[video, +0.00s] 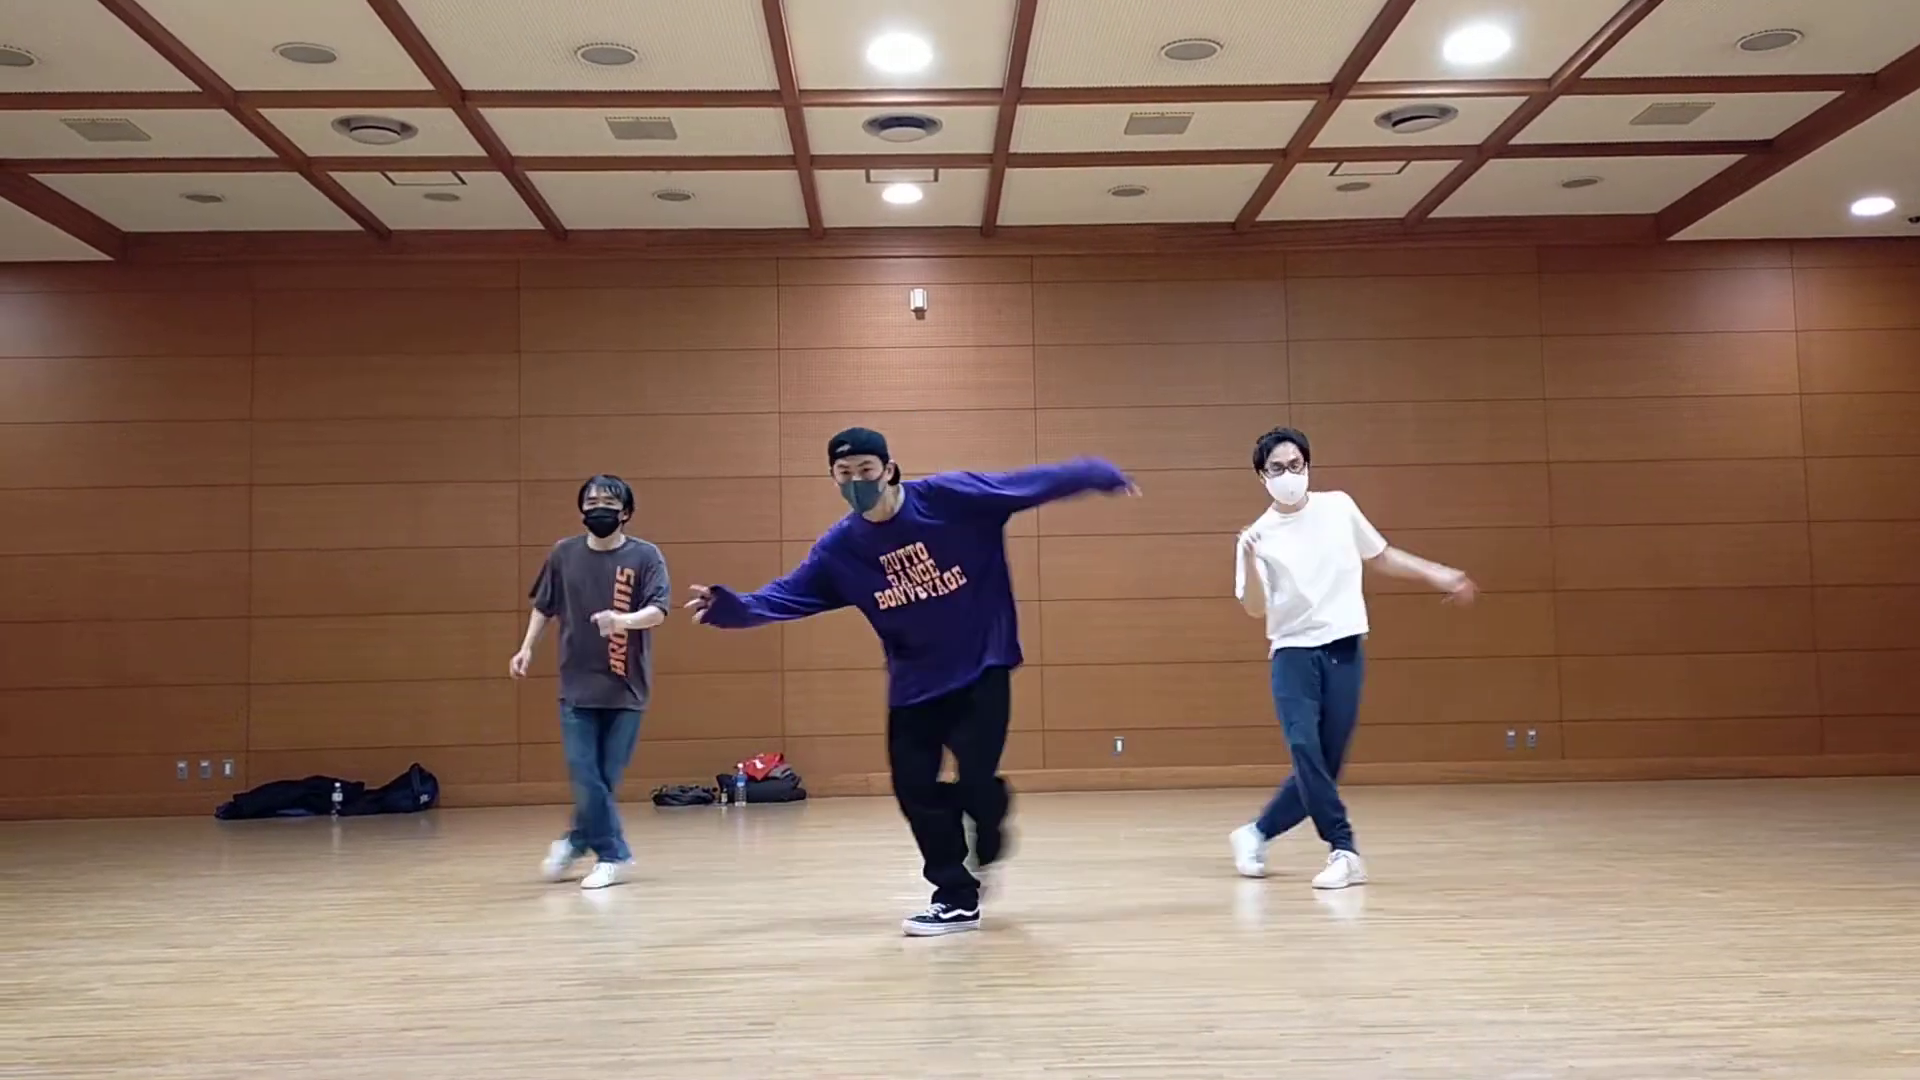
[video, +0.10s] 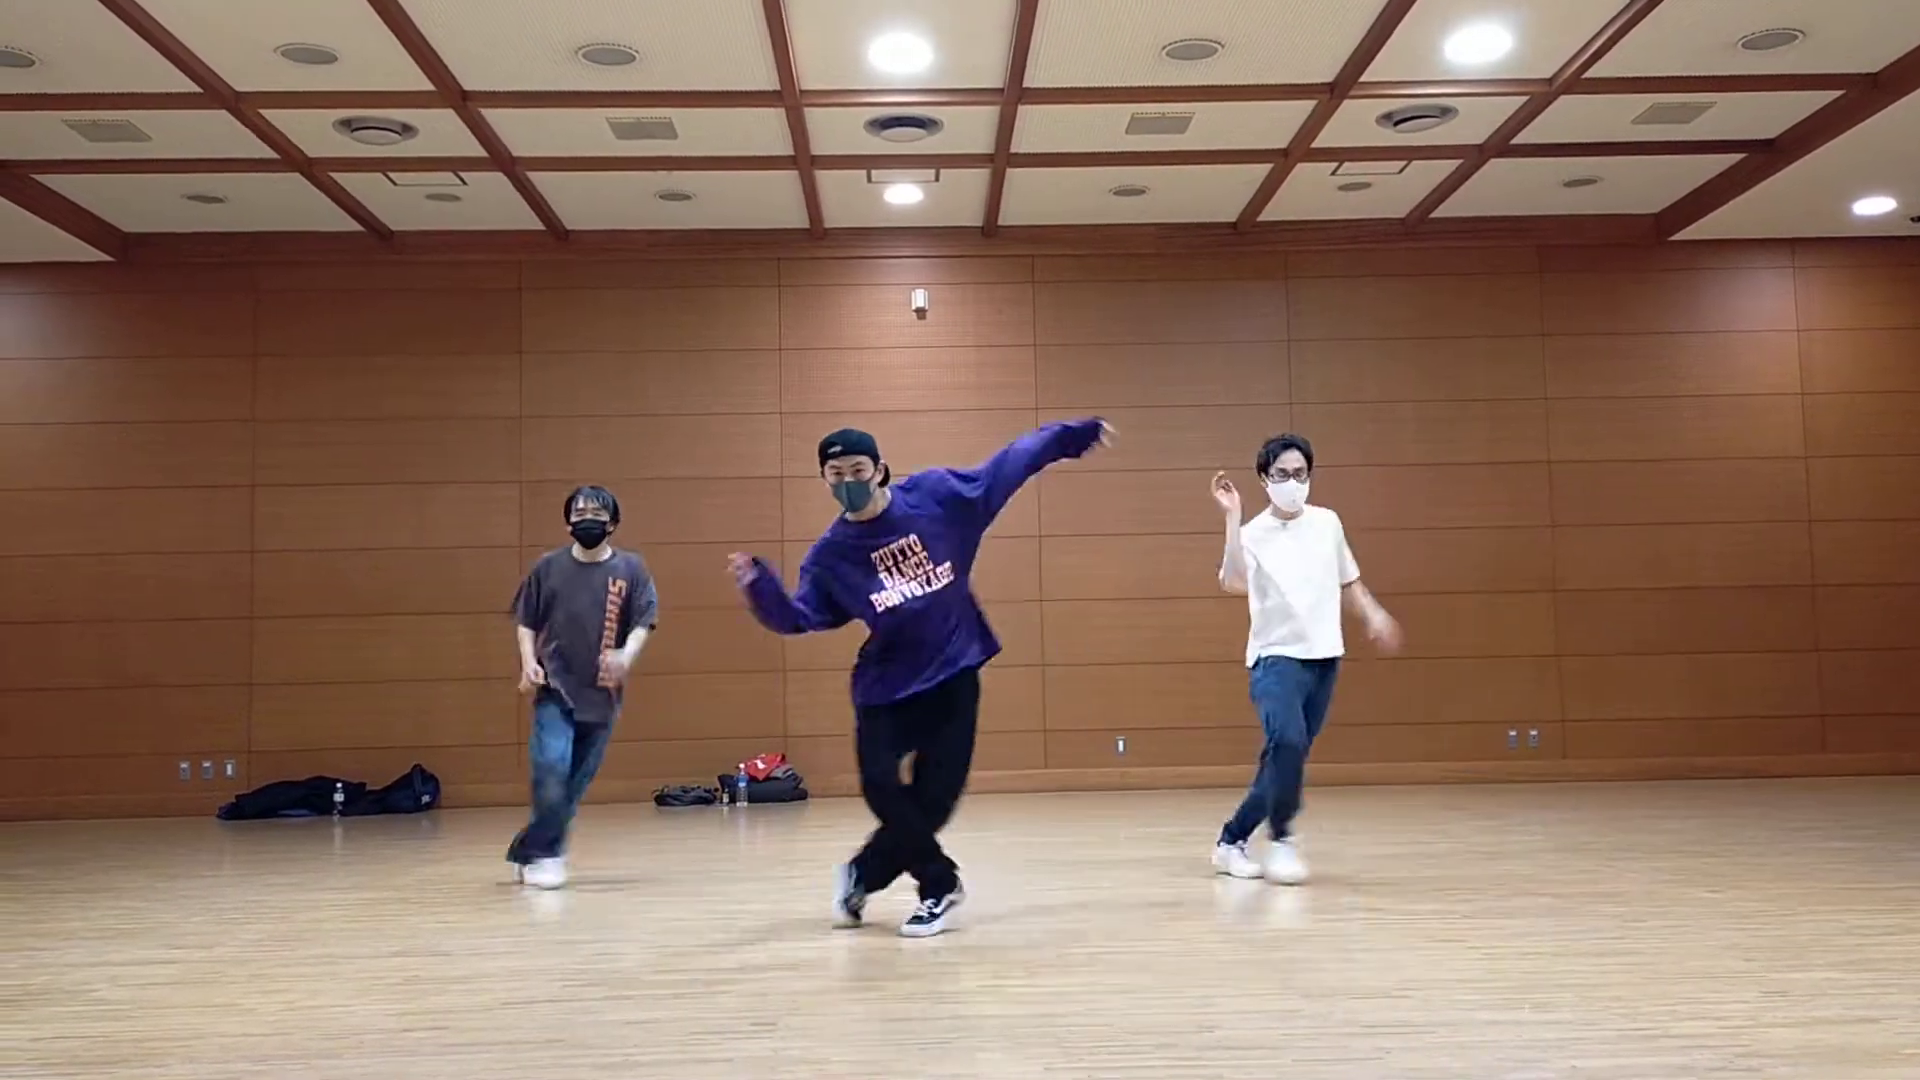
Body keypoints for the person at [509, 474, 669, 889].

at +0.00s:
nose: (600, 508)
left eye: (609, 501)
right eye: (593, 501)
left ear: (625, 511)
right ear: (582, 510)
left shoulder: (647, 556)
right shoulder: (563, 553)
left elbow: (657, 612)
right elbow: (544, 606)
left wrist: (621, 620)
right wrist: (527, 647)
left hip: (627, 688)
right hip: (578, 686)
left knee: (607, 775)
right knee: (582, 771)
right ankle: (612, 855)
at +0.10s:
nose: (589, 521)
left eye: (597, 515)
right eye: (581, 515)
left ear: (612, 522)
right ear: (569, 521)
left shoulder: (631, 569)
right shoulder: (549, 567)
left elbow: (644, 621)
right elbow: (526, 618)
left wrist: (624, 658)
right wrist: (528, 660)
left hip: (601, 689)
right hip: (555, 684)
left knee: (577, 779)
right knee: (551, 764)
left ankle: (532, 850)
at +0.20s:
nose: (578, 519)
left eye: (586, 513)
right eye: (570, 512)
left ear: (600, 522)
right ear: (558, 521)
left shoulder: (616, 574)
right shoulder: (538, 567)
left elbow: (624, 635)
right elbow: (516, 622)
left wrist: (628, 686)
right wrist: (551, 649)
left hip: (587, 702)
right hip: (542, 698)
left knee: (564, 790)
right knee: (530, 776)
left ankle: (530, 857)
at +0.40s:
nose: (580, 503)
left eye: (587, 496)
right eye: (570, 497)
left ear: (598, 504)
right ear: (555, 505)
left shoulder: (591, 549)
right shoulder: (540, 547)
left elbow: (578, 600)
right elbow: (532, 603)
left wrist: (599, 631)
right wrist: (588, 602)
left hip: (570, 680)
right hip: (528, 682)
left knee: (584, 761)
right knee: (504, 770)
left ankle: (552, 848)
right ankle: (462, 861)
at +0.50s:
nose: (587, 522)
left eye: (594, 515)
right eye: (577, 515)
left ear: (605, 523)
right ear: (561, 523)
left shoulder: (581, 565)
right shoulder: (550, 569)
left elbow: (559, 606)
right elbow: (550, 631)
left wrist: (582, 613)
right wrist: (610, 634)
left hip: (558, 688)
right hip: (521, 692)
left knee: (587, 764)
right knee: (495, 777)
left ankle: (606, 858)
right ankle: (443, 867)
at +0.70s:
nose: (616, 543)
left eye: (623, 537)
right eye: (607, 537)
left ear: (632, 545)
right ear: (589, 544)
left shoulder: (614, 580)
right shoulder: (573, 590)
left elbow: (600, 607)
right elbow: (565, 658)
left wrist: (621, 609)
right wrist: (616, 681)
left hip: (588, 700)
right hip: (547, 705)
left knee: (620, 768)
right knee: (513, 782)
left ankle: (628, 863)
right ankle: (449, 864)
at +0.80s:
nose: (627, 527)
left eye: (634, 521)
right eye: (618, 521)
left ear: (645, 528)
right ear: (603, 529)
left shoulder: (646, 562)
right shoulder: (583, 576)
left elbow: (651, 589)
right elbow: (569, 639)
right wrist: (605, 669)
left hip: (626, 696)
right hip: (579, 699)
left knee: (643, 771)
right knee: (544, 779)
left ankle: (632, 864)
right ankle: (492, 853)